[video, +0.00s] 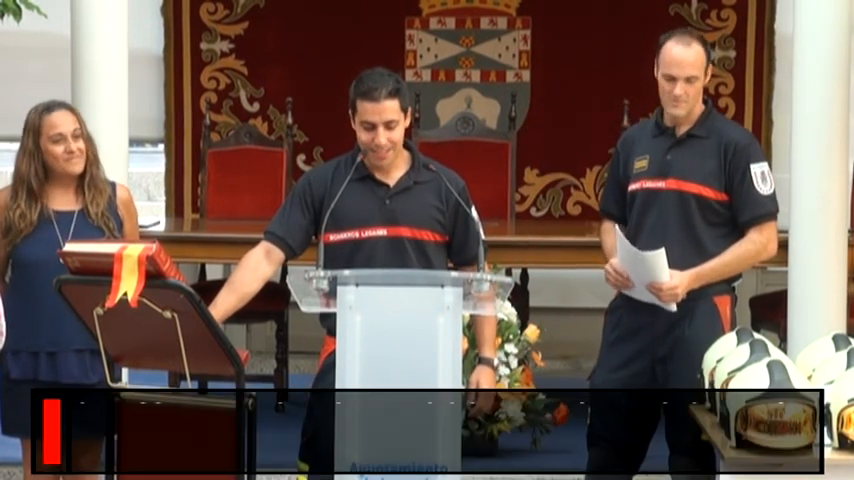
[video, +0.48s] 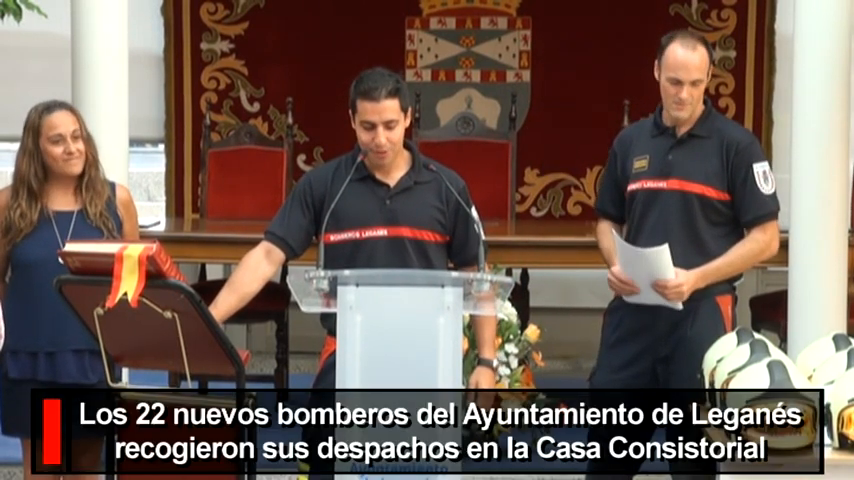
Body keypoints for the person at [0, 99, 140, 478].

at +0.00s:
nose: (73, 146)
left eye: (78, 135)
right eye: (59, 139)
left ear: (87, 140)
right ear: (37, 149)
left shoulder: (116, 198)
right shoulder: (10, 203)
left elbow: (134, 276)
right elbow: (1, 280)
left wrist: (129, 346)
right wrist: (2, 343)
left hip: (93, 359)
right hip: (29, 358)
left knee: (88, 464)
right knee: (41, 467)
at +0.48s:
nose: (72, 147)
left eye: (78, 136)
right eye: (58, 140)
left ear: (86, 140)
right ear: (37, 149)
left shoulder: (116, 199)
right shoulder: (10, 203)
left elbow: (134, 277)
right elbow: (1, 280)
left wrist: (128, 346)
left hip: (93, 360)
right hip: (28, 360)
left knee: (89, 466)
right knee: (41, 468)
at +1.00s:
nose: (72, 149)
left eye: (77, 137)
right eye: (58, 141)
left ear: (85, 140)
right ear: (35, 150)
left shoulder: (115, 199)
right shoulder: (10, 203)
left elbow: (132, 277)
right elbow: (2, 278)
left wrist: (127, 347)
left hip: (91, 359)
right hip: (26, 359)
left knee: (88, 466)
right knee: (40, 467)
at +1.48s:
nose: (72, 148)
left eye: (77, 137)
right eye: (58, 141)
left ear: (85, 140)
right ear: (35, 150)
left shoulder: (114, 199)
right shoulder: (10, 203)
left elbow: (131, 279)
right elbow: (2, 279)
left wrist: (126, 348)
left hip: (91, 360)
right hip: (26, 360)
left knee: (87, 466)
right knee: (40, 468)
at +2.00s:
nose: (73, 148)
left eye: (77, 136)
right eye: (58, 141)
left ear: (85, 139)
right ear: (35, 150)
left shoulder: (115, 200)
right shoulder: (10, 204)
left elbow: (132, 280)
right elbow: (1, 282)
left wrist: (126, 350)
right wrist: (3, 345)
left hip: (92, 362)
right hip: (27, 362)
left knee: (87, 467)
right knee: (40, 468)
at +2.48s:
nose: (74, 148)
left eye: (78, 136)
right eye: (59, 141)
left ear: (86, 139)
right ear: (36, 150)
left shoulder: (116, 200)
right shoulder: (11, 204)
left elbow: (133, 280)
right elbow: (2, 280)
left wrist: (127, 350)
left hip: (93, 362)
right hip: (28, 362)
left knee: (86, 467)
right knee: (41, 469)